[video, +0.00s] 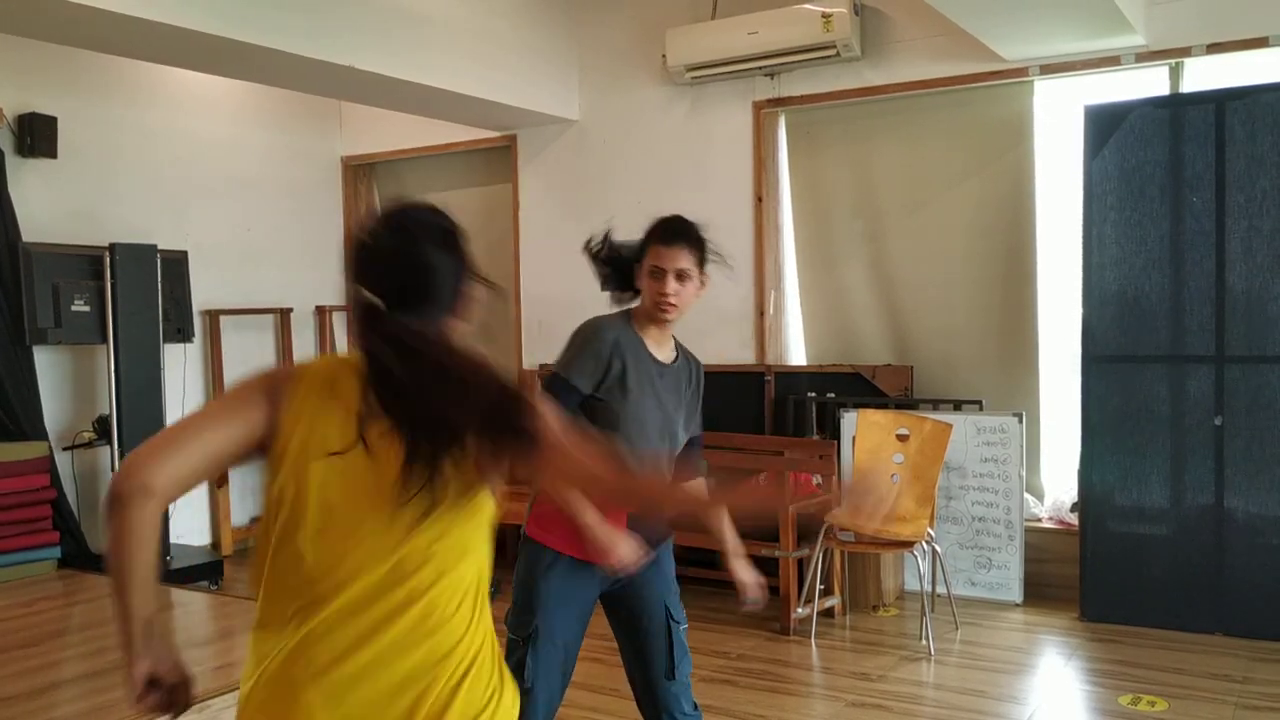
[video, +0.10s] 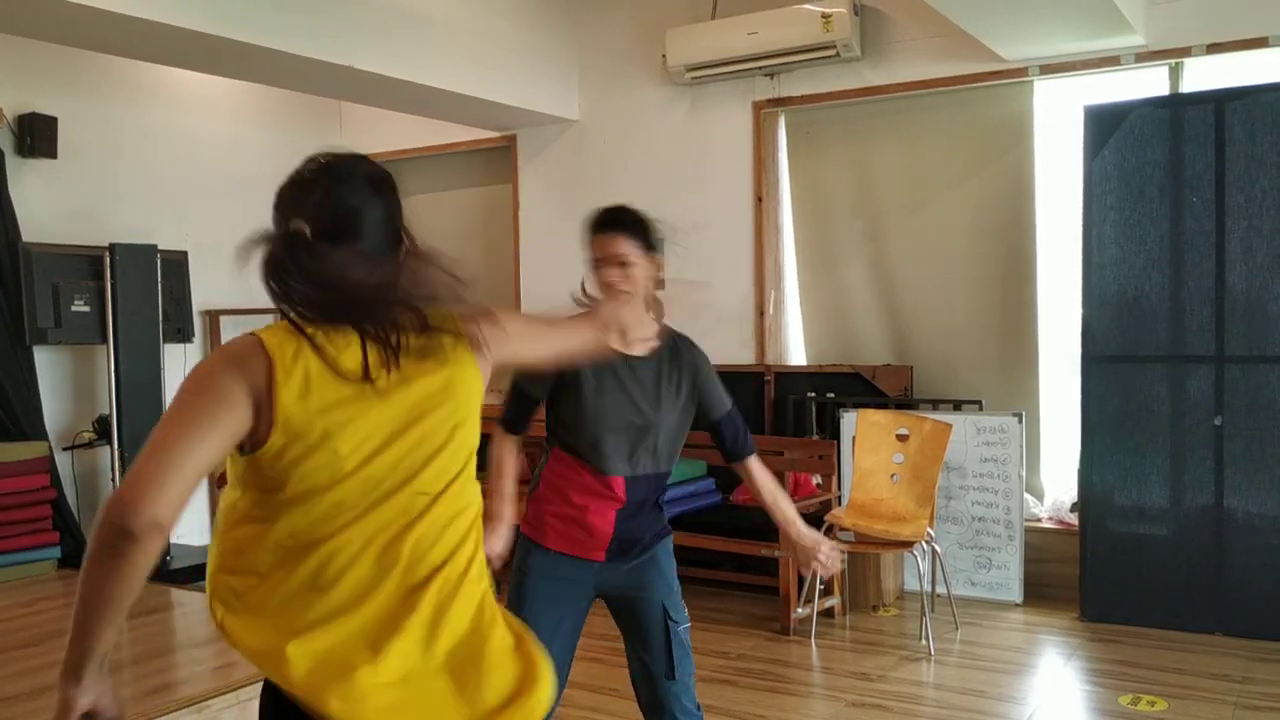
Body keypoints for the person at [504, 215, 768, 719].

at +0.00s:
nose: (667, 288)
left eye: (681, 277)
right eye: (656, 273)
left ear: (699, 286)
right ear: (637, 276)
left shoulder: (689, 370)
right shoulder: (600, 338)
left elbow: (690, 477)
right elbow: (540, 433)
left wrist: (734, 551)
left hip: (645, 546)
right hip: (564, 540)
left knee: (672, 697)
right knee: (533, 693)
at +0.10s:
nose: (611, 275)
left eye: (624, 263)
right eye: (601, 263)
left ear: (656, 270)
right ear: (590, 272)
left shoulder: (684, 360)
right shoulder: (556, 347)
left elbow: (742, 454)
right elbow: (509, 430)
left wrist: (798, 533)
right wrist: (500, 519)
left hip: (643, 551)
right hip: (556, 549)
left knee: (674, 702)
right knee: (525, 695)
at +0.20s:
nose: (513, 297)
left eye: (518, 282)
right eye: (509, 285)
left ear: (553, 273)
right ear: (532, 279)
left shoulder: (628, 348)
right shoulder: (534, 345)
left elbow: (706, 425)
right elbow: (523, 430)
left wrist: (764, 498)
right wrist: (460, 464)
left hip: (628, 542)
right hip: (549, 534)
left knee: (664, 693)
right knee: (519, 689)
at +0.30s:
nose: (479, 333)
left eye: (472, 323)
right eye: (472, 323)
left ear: (481, 322)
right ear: (520, 287)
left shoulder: (560, 357)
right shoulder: (538, 352)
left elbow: (635, 439)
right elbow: (564, 441)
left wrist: (685, 526)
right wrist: (502, 439)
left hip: (619, 543)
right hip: (554, 536)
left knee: (662, 692)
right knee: (529, 679)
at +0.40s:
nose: (477, 349)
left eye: (467, 343)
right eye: (470, 345)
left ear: (471, 331)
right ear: (506, 296)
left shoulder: (535, 358)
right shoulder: (558, 341)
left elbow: (570, 476)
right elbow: (636, 409)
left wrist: (578, 584)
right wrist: (589, 463)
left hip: (613, 551)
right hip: (552, 543)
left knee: (653, 700)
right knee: (517, 671)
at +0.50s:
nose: (477, 345)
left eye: (469, 336)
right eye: (471, 338)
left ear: (473, 324)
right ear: (512, 293)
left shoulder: (534, 350)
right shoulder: (558, 338)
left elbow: (541, 469)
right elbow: (635, 412)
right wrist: (600, 481)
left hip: (608, 541)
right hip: (550, 539)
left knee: (649, 693)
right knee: (519, 680)